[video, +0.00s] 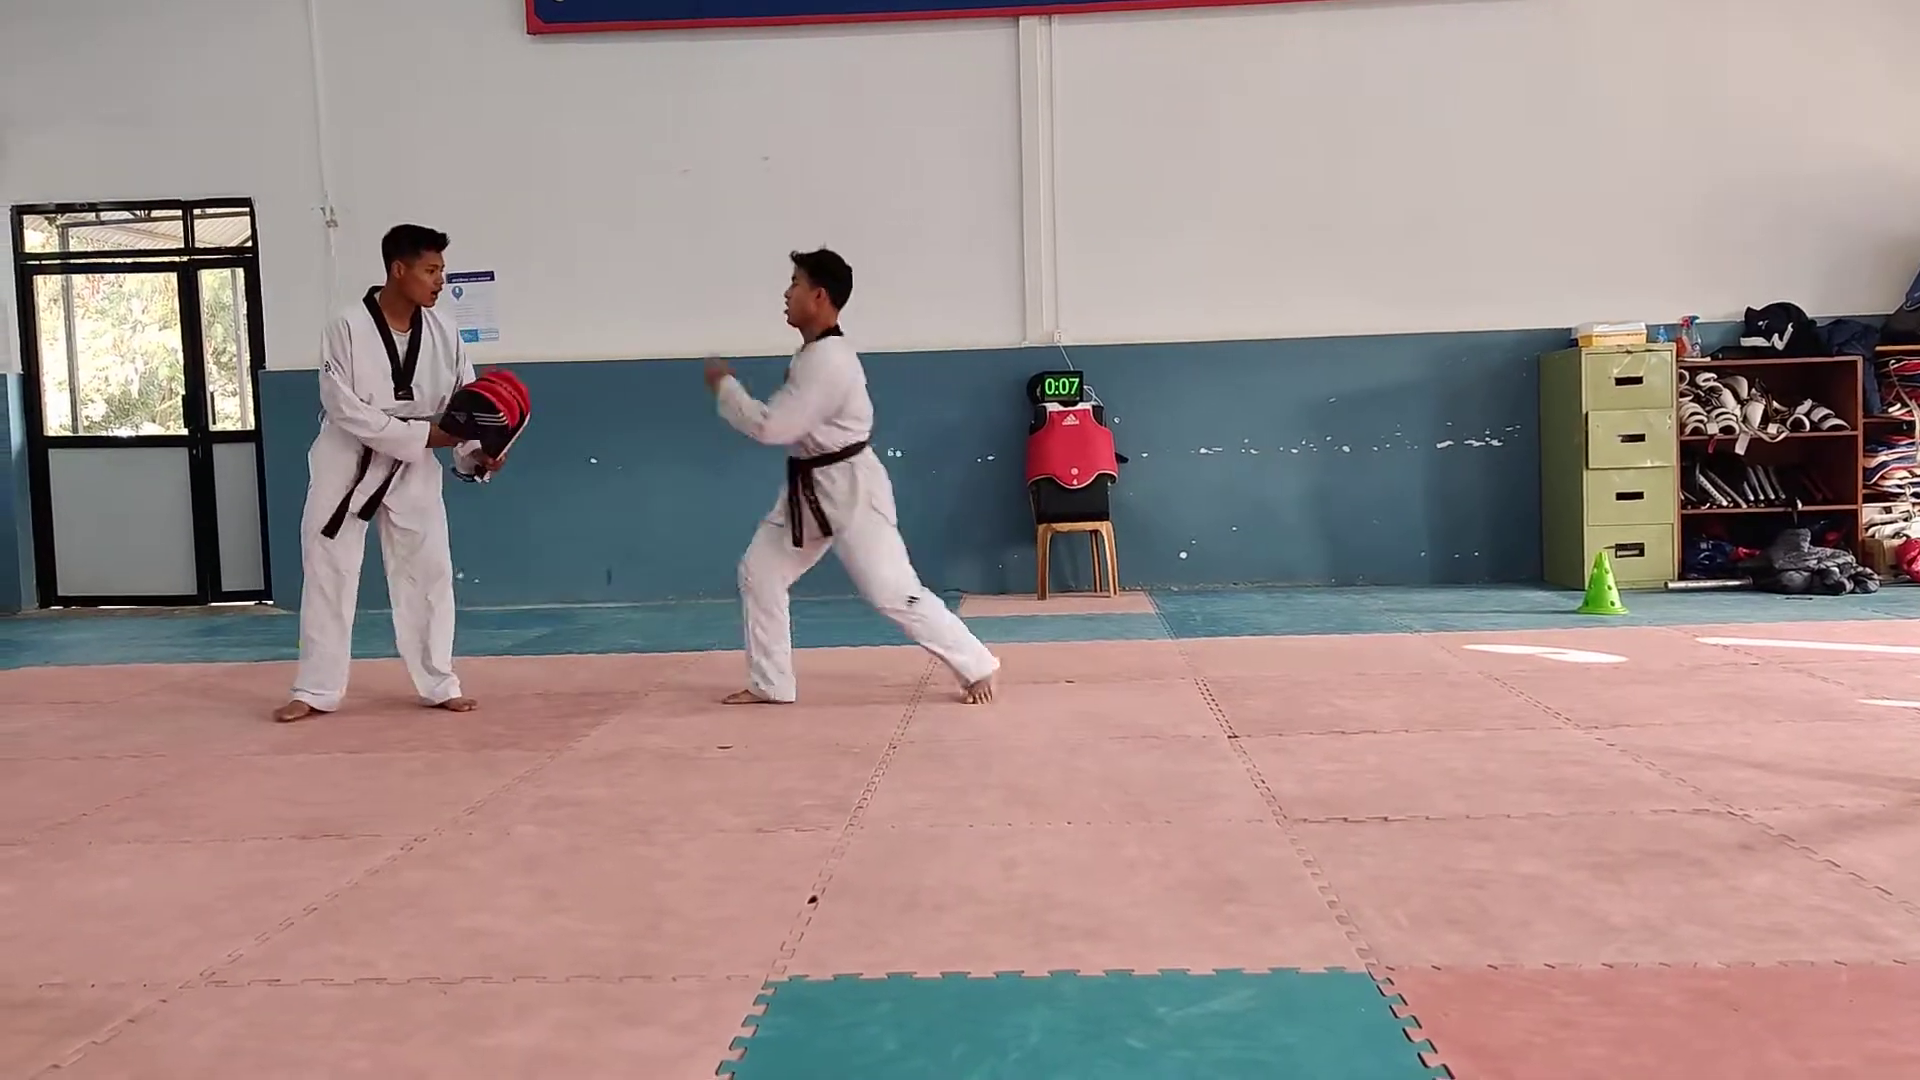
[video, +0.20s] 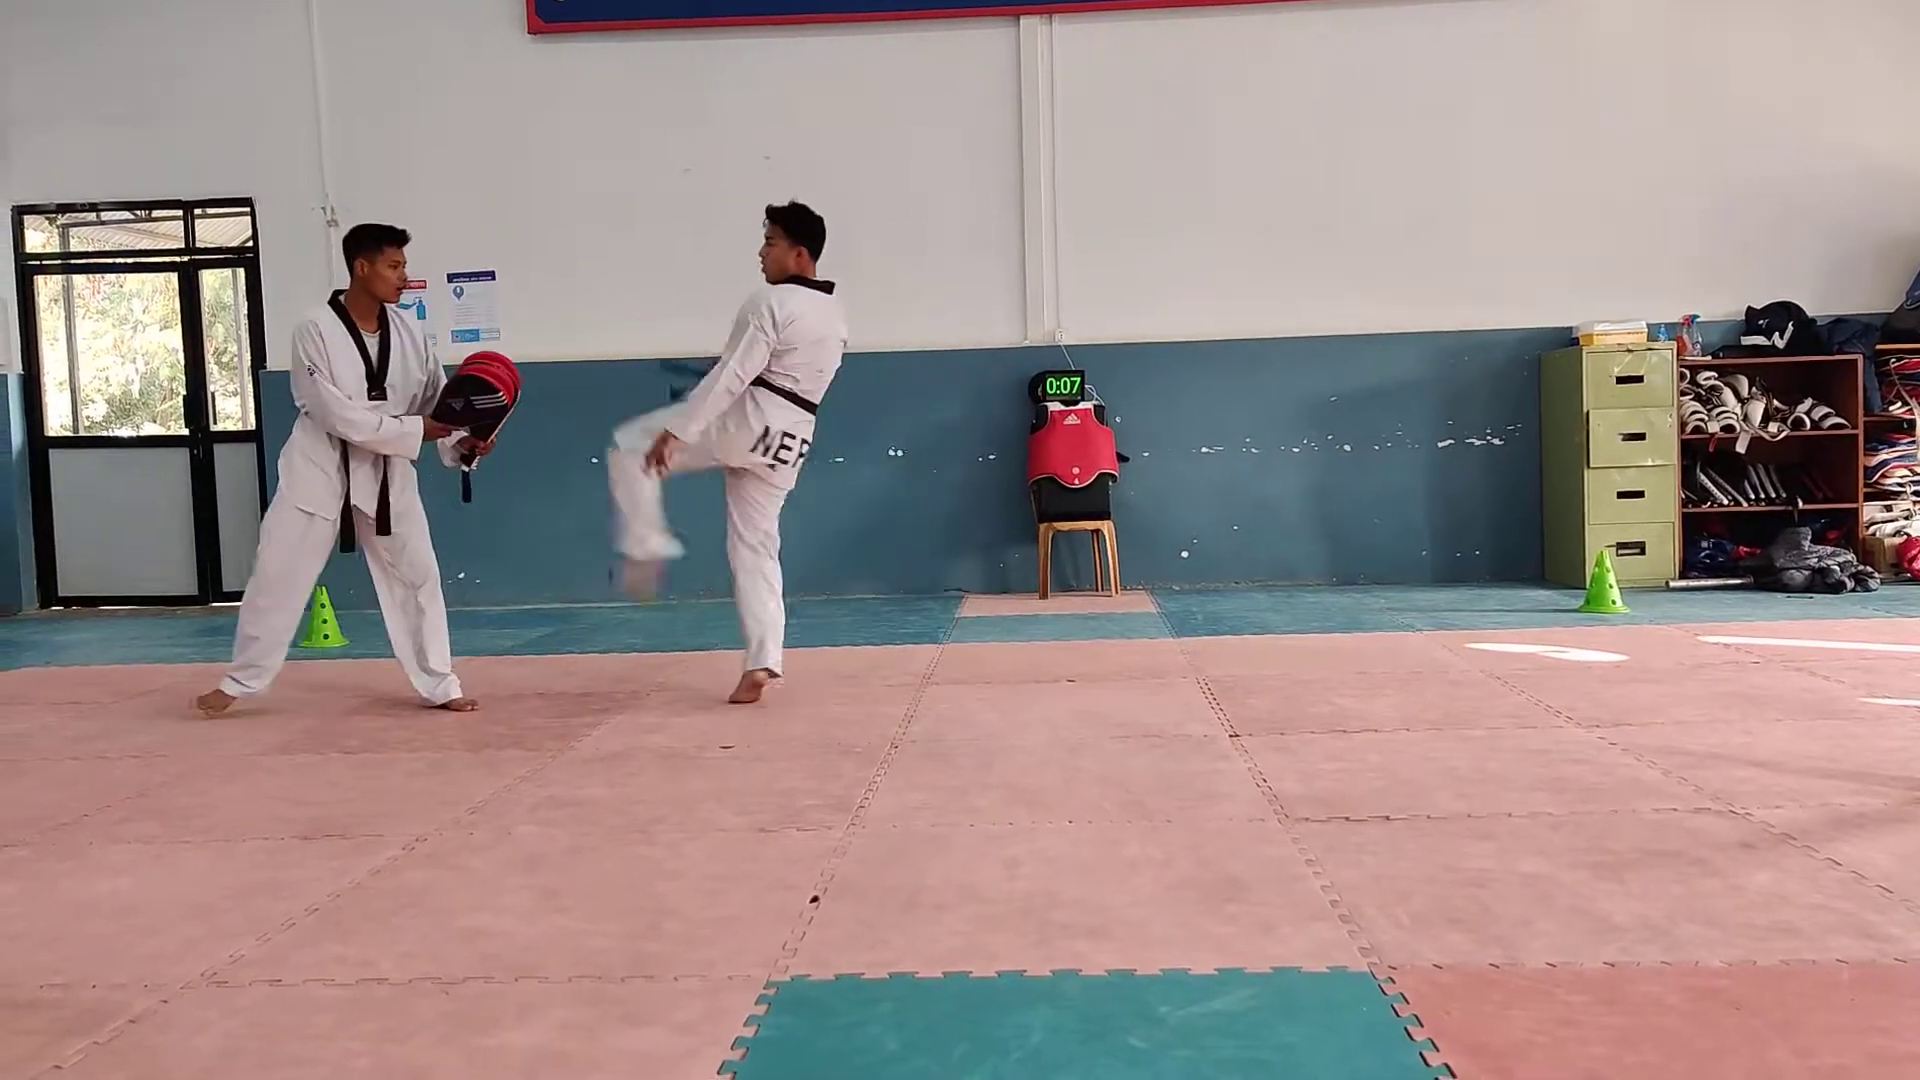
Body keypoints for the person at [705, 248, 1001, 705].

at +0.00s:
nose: (786, 294)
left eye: (795, 285)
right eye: (790, 284)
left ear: (820, 297)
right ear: (821, 298)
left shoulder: (828, 359)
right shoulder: (813, 355)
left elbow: (772, 428)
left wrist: (724, 386)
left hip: (851, 480)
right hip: (811, 484)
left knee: (890, 591)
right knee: (760, 571)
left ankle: (978, 665)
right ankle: (772, 685)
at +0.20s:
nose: (761, 251)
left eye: (770, 243)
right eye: (764, 241)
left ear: (800, 253)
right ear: (805, 254)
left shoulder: (772, 302)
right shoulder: (832, 312)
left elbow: (732, 374)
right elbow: (803, 383)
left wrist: (677, 432)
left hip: (745, 418)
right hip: (790, 441)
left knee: (628, 443)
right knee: (756, 547)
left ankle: (646, 548)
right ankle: (762, 661)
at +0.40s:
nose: (709, 241)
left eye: (716, 232)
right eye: (711, 231)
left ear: (741, 241)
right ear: (754, 244)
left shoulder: (720, 287)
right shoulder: (777, 303)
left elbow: (695, 353)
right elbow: (736, 358)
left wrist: (642, 415)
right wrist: (686, 328)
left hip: (690, 408)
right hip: (735, 440)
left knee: (581, 409)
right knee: (714, 551)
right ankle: (714, 663)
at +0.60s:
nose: (650, 284)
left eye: (657, 277)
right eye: (654, 275)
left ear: (680, 287)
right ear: (694, 289)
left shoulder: (643, 333)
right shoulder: (736, 351)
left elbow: (617, 401)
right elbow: (766, 424)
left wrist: (579, 454)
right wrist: (746, 477)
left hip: (638, 467)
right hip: (701, 472)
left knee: (603, 580)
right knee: (720, 574)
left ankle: (569, 695)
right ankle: (746, 669)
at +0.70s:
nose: (636, 306)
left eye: (642, 296)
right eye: (638, 296)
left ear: (666, 303)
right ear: (684, 305)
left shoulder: (634, 356)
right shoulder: (728, 360)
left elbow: (609, 437)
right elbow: (770, 428)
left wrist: (573, 481)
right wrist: (780, 481)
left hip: (652, 484)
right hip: (717, 484)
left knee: (594, 591)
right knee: (748, 573)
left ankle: (569, 695)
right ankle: (761, 650)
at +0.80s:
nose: (656, 288)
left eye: (660, 278)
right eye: (656, 278)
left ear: (684, 281)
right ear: (701, 282)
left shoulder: (666, 330)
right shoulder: (753, 327)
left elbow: (651, 416)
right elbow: (798, 401)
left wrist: (637, 451)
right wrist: (786, 460)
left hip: (695, 463)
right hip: (756, 459)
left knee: (647, 569)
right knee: (773, 564)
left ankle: (611, 684)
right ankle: (796, 667)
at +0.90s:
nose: (685, 285)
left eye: (690, 275)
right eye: (686, 275)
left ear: (713, 279)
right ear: (730, 281)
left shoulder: (696, 330)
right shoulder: (783, 326)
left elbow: (662, 412)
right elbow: (831, 394)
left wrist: (647, 393)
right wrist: (800, 434)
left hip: (737, 461)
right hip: (796, 457)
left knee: (699, 564)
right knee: (810, 555)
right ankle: (829, 642)